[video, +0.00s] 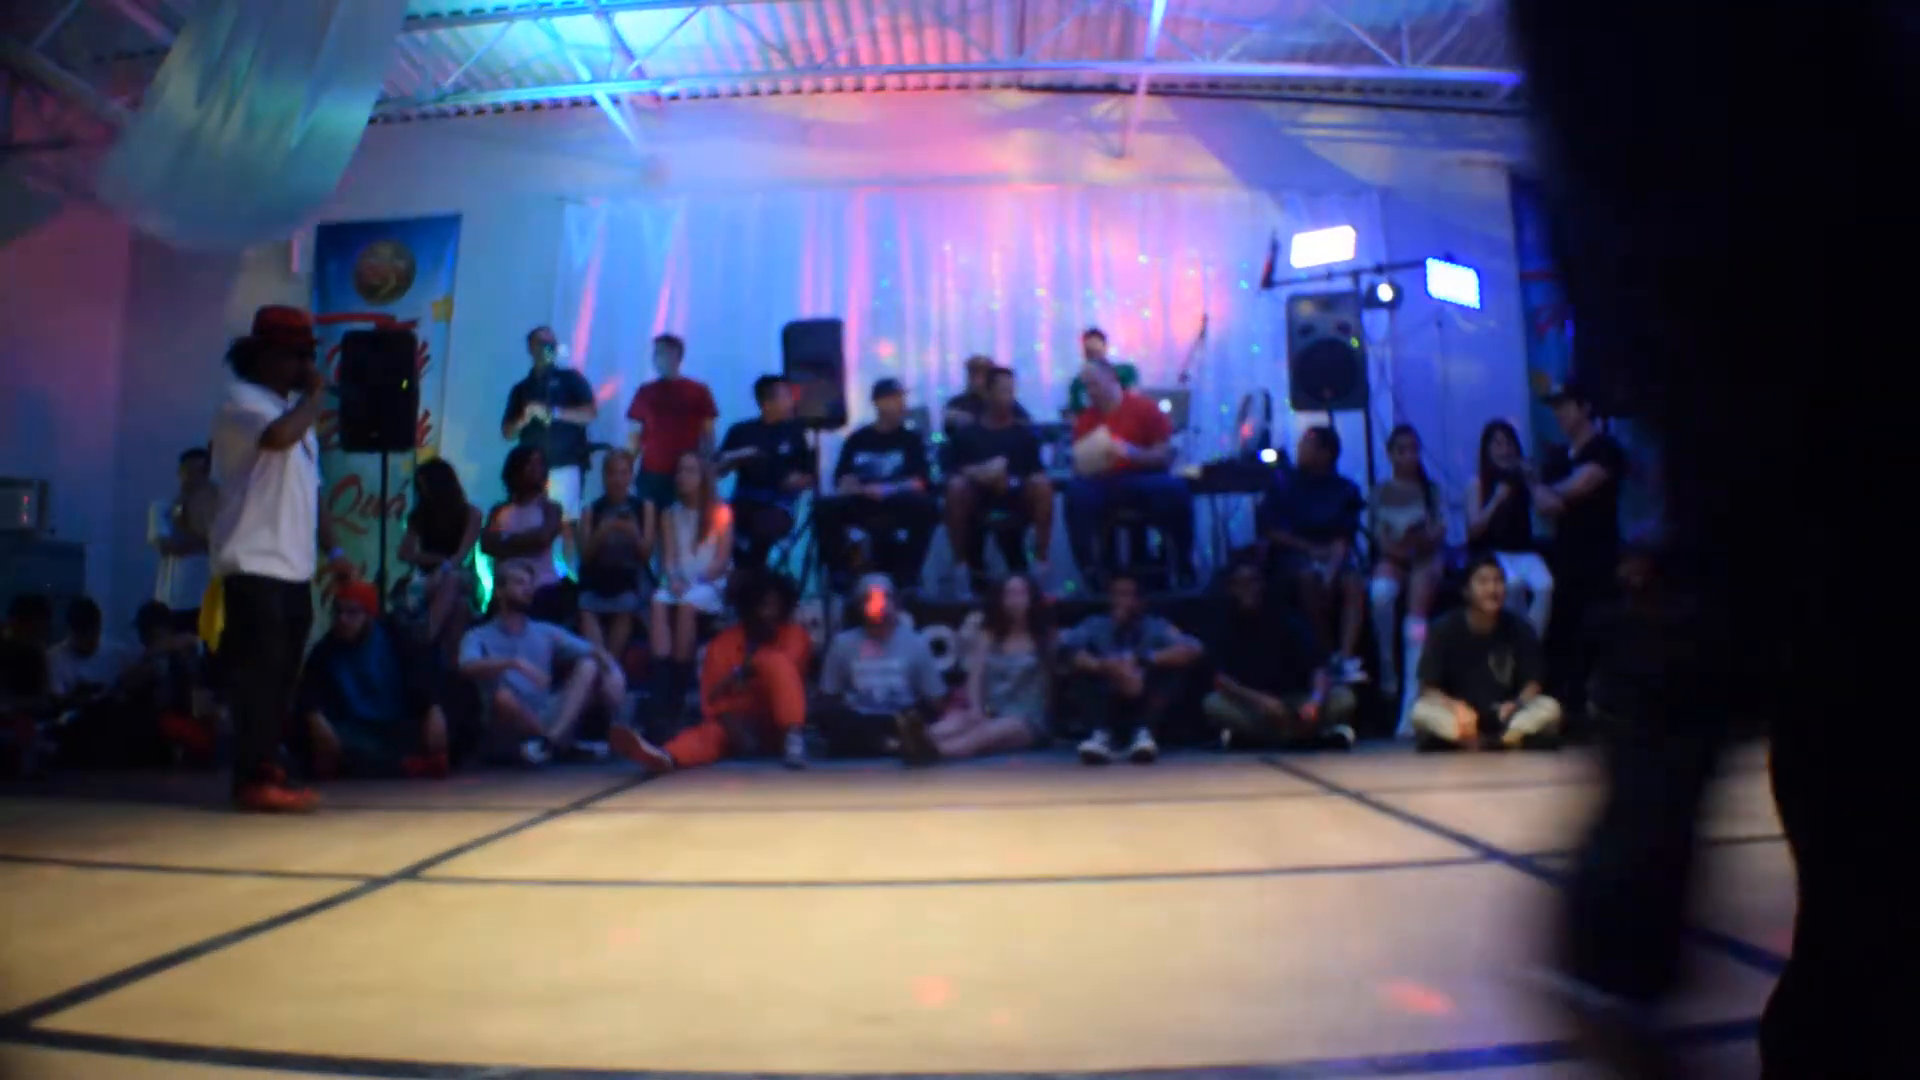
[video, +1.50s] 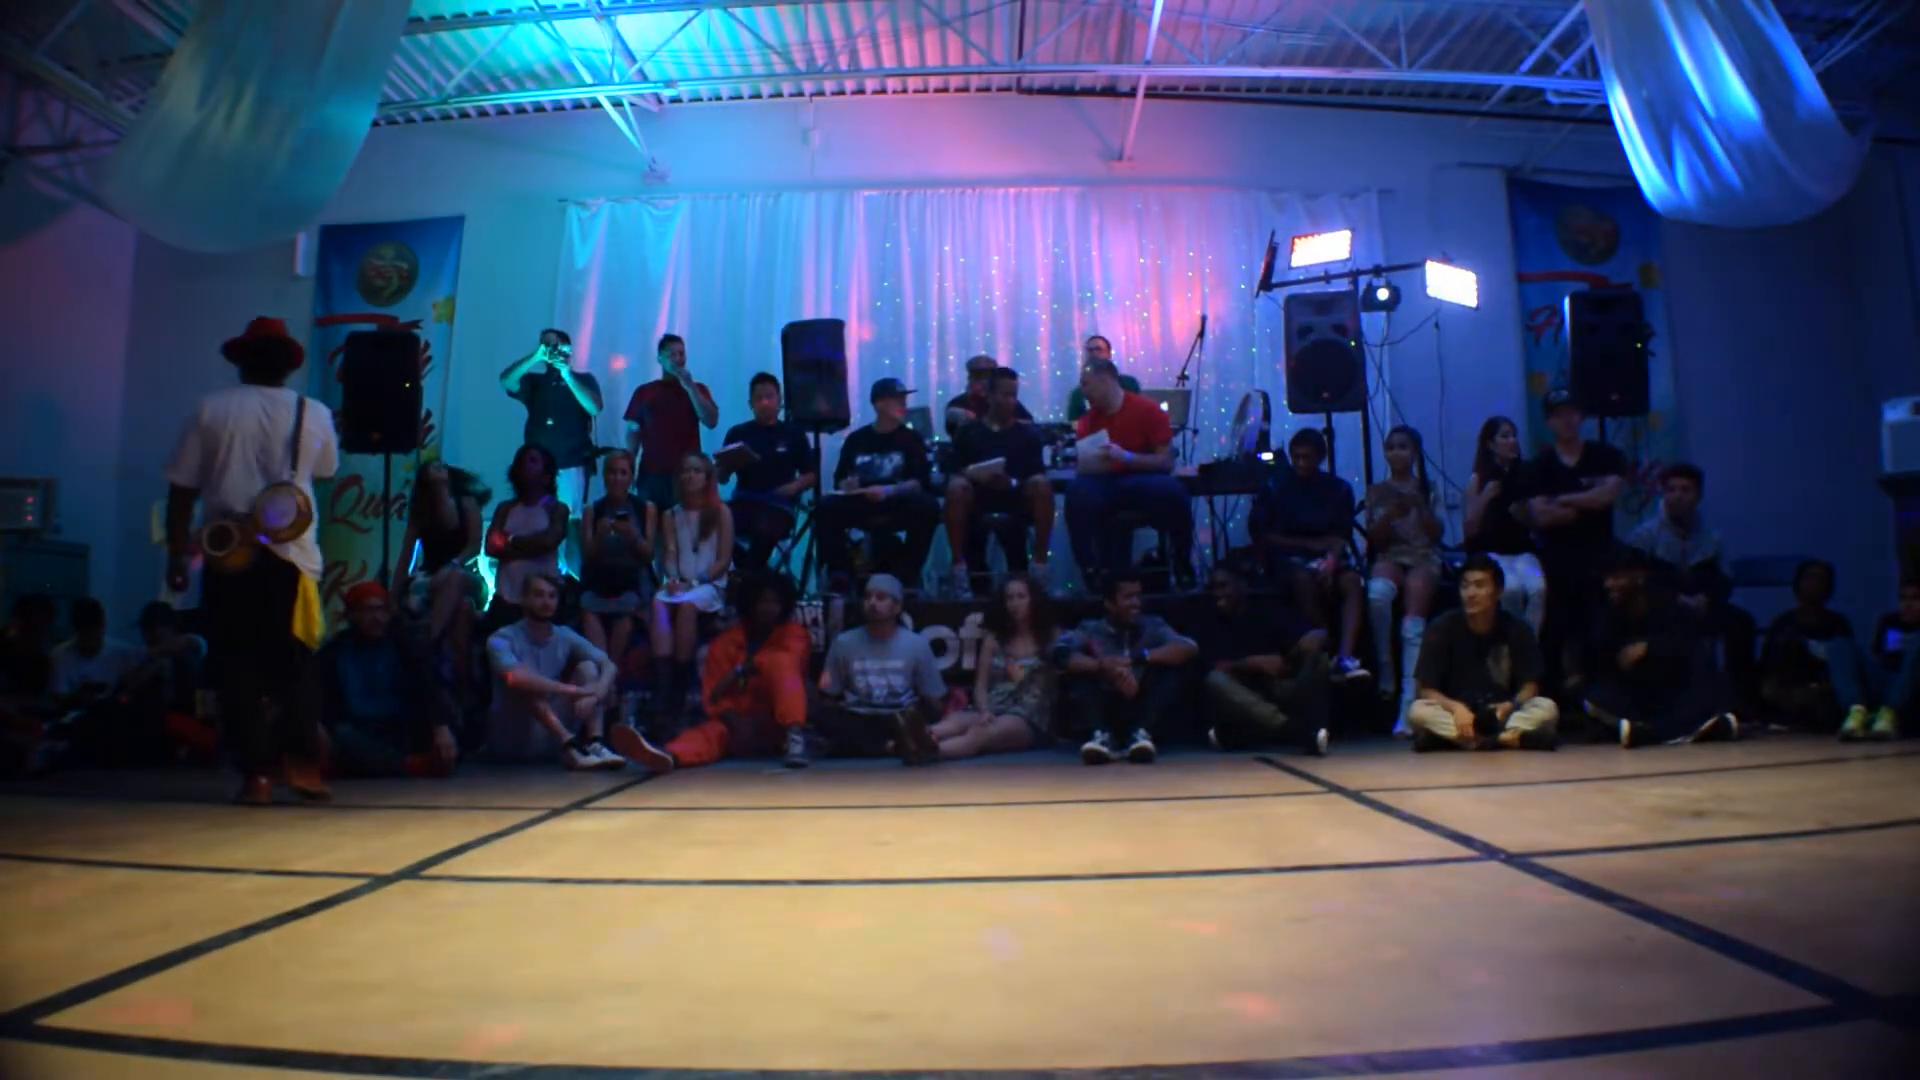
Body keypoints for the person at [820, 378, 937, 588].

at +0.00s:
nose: (897, 406)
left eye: (899, 399)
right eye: (891, 400)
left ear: (903, 402)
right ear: (878, 403)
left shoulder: (911, 439)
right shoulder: (858, 439)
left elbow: (921, 481)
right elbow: (842, 482)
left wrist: (887, 490)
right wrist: (865, 490)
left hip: (899, 499)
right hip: (862, 499)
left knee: (926, 508)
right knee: (826, 508)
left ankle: (908, 575)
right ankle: (839, 576)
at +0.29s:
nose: (903, 407)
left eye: (904, 401)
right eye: (897, 401)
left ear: (905, 404)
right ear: (879, 405)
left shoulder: (912, 439)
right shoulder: (856, 440)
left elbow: (920, 481)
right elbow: (841, 480)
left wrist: (888, 492)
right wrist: (858, 489)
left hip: (899, 500)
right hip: (862, 501)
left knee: (925, 509)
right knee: (827, 507)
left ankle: (908, 578)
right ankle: (840, 575)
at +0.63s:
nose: (903, 407)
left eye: (903, 401)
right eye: (896, 401)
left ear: (904, 404)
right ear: (879, 405)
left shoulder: (912, 439)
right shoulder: (857, 440)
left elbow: (920, 482)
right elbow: (841, 480)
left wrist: (891, 491)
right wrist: (851, 485)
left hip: (898, 500)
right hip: (862, 500)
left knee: (927, 509)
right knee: (827, 509)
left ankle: (908, 577)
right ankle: (843, 577)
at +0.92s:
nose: (903, 406)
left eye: (904, 401)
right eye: (897, 401)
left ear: (905, 403)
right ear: (878, 404)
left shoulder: (912, 439)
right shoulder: (856, 439)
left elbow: (921, 481)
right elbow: (839, 480)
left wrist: (887, 491)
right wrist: (846, 484)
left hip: (898, 501)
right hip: (861, 501)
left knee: (927, 508)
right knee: (827, 507)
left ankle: (907, 578)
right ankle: (840, 577)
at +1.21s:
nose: (903, 406)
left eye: (904, 400)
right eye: (896, 400)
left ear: (905, 403)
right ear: (879, 404)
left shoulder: (912, 439)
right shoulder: (856, 439)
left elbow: (921, 481)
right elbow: (839, 481)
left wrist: (887, 491)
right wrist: (848, 485)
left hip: (898, 501)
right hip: (861, 501)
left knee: (927, 508)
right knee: (827, 508)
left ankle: (907, 577)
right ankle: (840, 575)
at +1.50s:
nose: (902, 405)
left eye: (903, 400)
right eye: (895, 400)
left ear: (905, 403)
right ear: (878, 404)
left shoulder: (912, 439)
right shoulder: (856, 440)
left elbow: (920, 481)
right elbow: (840, 481)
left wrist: (887, 491)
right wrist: (848, 485)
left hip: (898, 501)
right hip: (861, 501)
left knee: (927, 508)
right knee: (826, 507)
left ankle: (908, 578)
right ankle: (839, 576)